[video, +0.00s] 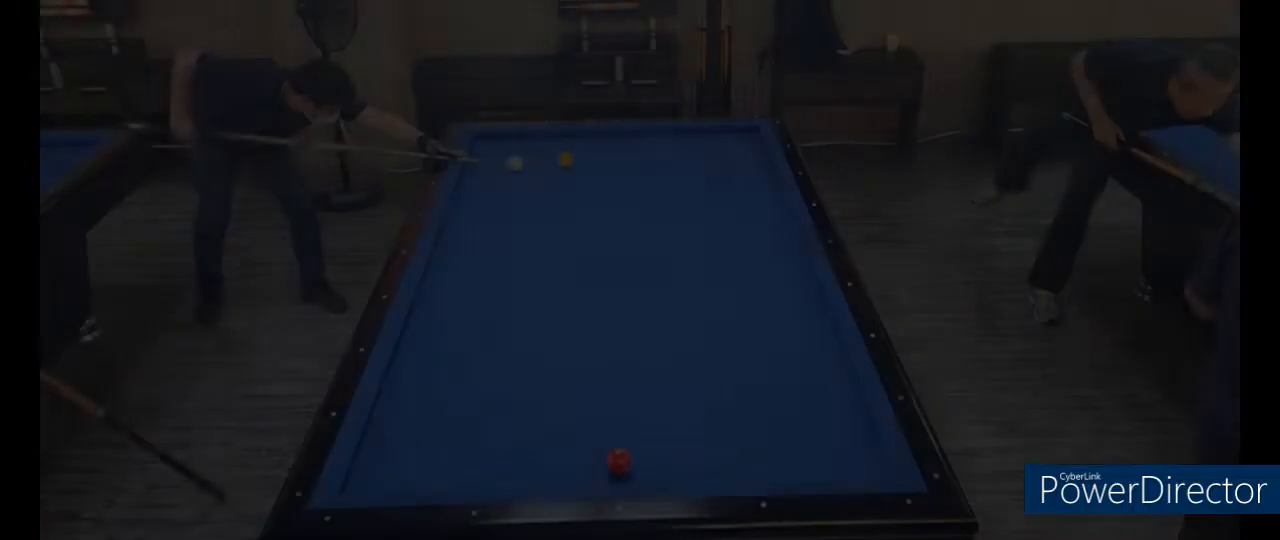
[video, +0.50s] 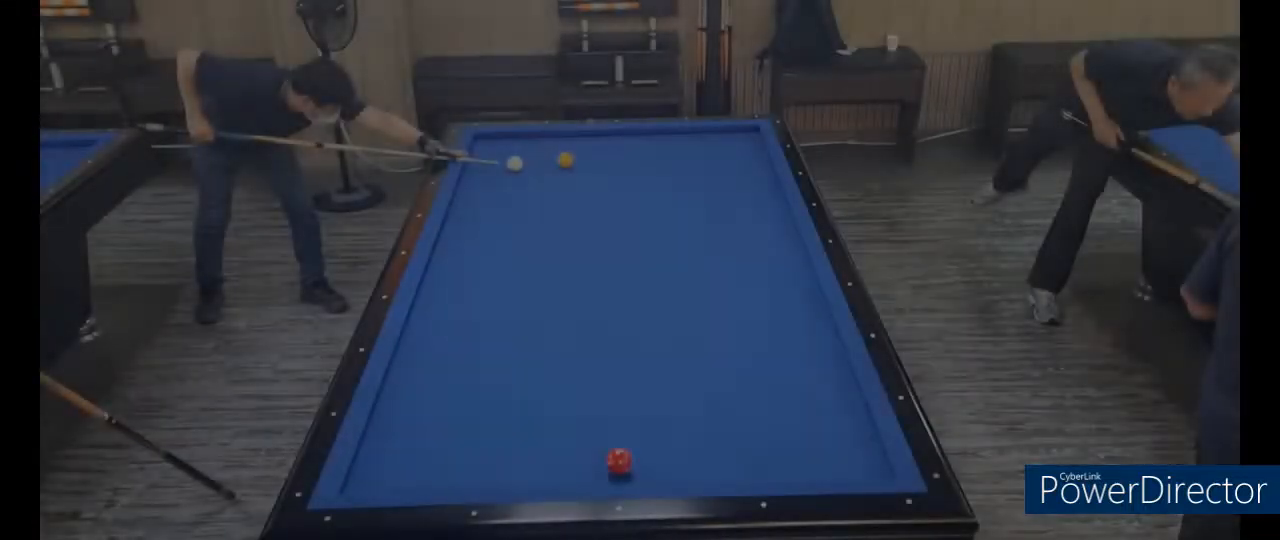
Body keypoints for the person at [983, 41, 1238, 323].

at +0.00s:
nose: (1206, 112)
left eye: (1214, 105)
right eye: (1201, 103)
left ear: (1225, 95)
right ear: (1178, 83)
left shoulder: (1223, 110)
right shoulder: (1143, 67)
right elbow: (1081, 63)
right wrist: (1099, 118)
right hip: (1101, 136)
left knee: (1169, 204)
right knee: (1078, 203)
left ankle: (1162, 288)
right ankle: (1044, 286)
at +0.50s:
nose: (1208, 114)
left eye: (1214, 106)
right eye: (1202, 106)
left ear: (1223, 94)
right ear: (1175, 86)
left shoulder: (1222, 104)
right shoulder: (1138, 63)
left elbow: (1233, 152)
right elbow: (1078, 64)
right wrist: (1099, 119)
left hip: (1142, 146)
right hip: (1096, 133)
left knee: (1166, 201)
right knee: (1079, 202)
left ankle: (1159, 284)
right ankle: (1044, 287)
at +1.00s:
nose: (1212, 114)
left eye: (1218, 105)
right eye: (1206, 104)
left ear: (1226, 96)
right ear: (1177, 86)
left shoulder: (1223, 106)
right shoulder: (1134, 65)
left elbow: (1236, 155)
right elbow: (1076, 68)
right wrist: (1102, 123)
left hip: (1120, 133)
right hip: (1072, 110)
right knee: (1034, 144)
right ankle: (1002, 180)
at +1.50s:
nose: (1227, 105)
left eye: (1233, 98)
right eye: (1225, 94)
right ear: (1196, 76)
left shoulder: (1215, 105)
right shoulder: (1146, 60)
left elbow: (1238, 139)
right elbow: (1069, 67)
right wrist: (1071, 123)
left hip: (1112, 133)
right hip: (1076, 103)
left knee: (1081, 209)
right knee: (1027, 117)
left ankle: (1044, 287)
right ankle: (999, 129)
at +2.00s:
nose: (1243, 63)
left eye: (1245, 54)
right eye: (1244, 52)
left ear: (1236, 42)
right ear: (1235, 39)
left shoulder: (1220, 69)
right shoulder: (1181, 41)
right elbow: (1118, 78)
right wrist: (1178, 115)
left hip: (1117, 131)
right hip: (1081, 101)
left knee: (1085, 208)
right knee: (1031, 142)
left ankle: (1046, 286)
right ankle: (991, 179)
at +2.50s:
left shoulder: (1214, 9)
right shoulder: (1222, 26)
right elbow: (1193, 84)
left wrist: (1230, 79)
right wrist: (1239, 97)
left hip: (1116, 127)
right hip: (1126, 142)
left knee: (1079, 217)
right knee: (1125, 240)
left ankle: (1032, 288)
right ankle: (1132, 329)